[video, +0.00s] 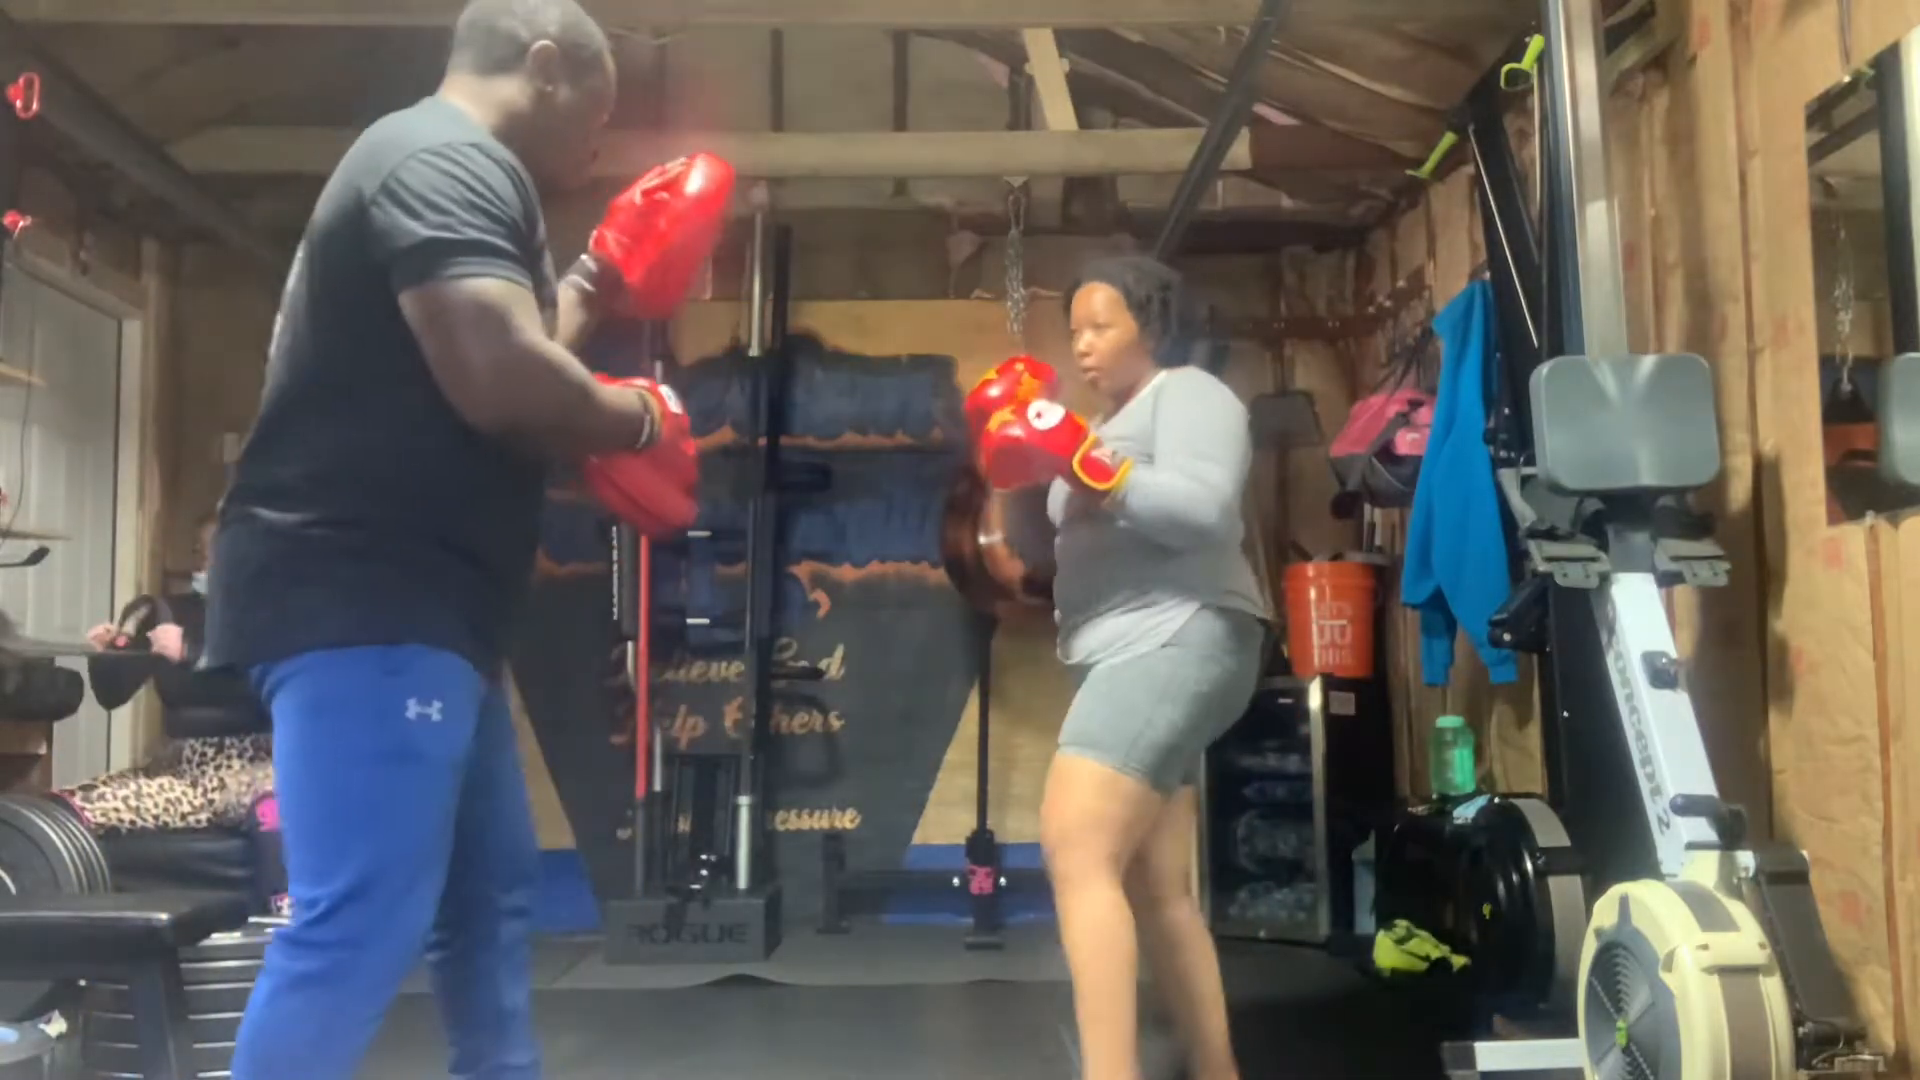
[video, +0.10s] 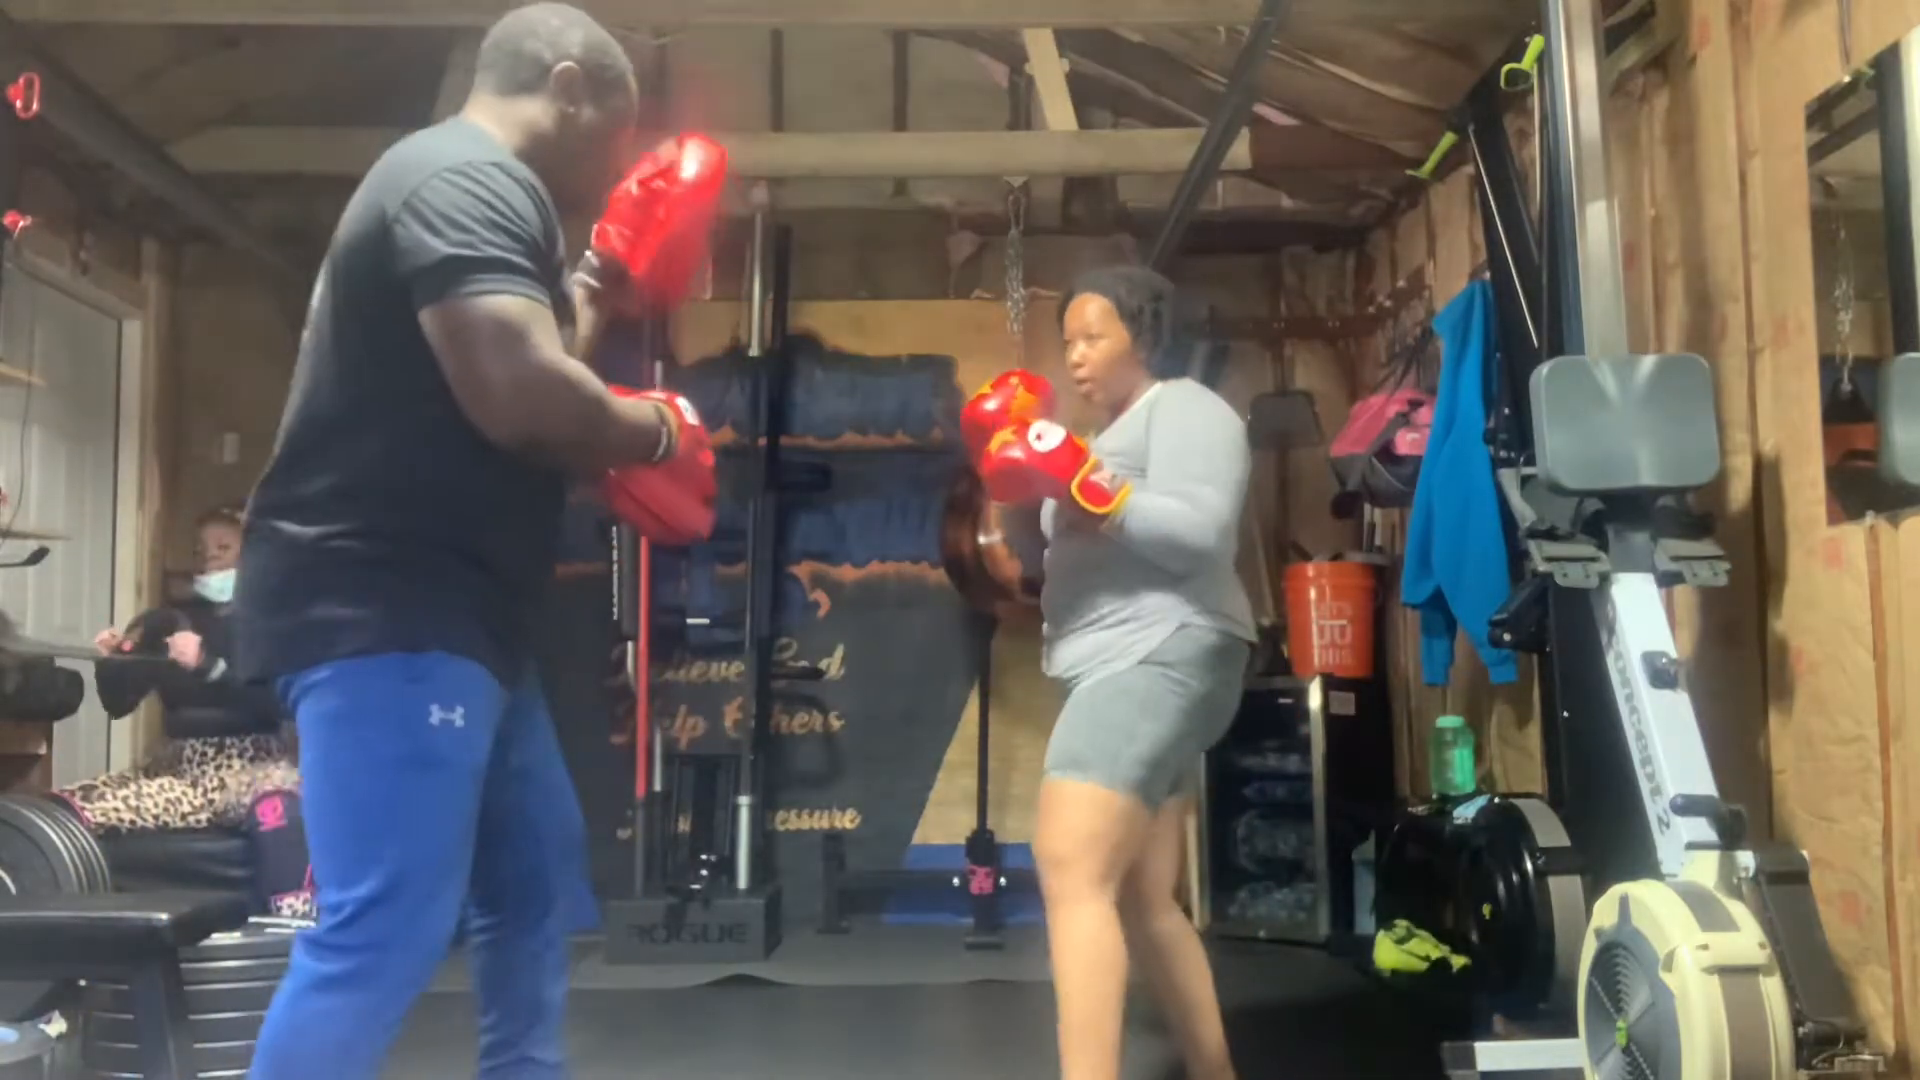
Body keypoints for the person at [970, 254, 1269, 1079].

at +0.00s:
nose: (1080, 346)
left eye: (1098, 328)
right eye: (1076, 331)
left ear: (1151, 329)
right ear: (1076, 340)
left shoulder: (1193, 394)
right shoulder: (1085, 428)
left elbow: (1204, 502)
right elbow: (1032, 548)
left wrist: (1097, 470)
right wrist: (1014, 453)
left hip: (1186, 629)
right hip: (1119, 646)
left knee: (1078, 836)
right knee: (1160, 888)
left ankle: (1108, 1073)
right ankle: (1217, 1072)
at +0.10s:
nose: (1073, 358)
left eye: (1090, 338)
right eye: (1068, 342)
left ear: (1142, 339)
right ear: (1067, 351)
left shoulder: (1190, 407)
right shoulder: (1090, 445)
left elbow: (1202, 529)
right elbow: (1036, 553)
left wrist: (1088, 488)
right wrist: (1013, 474)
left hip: (1169, 642)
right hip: (1115, 656)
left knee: (1074, 869)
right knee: (1147, 898)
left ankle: (1088, 1073)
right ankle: (1214, 1071)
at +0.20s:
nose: (1060, 349)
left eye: (1077, 330)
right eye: (1055, 333)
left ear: (1132, 333)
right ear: (1057, 340)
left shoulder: (1175, 399)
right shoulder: (1073, 430)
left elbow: (1182, 511)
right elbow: (1021, 548)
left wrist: (1081, 472)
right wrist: (1001, 478)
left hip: (1152, 638)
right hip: (1101, 652)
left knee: (1067, 880)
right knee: (1146, 898)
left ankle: (1086, 1074)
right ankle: (1214, 1071)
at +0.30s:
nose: (1038, 330)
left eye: (1054, 313)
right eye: (1033, 317)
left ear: (1106, 312)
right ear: (1031, 330)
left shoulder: (1142, 374)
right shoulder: (1040, 419)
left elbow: (1143, 447)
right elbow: (1016, 548)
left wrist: (1052, 387)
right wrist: (981, 456)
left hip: (1133, 627)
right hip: (1101, 636)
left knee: (1085, 888)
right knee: (1169, 900)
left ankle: (1093, 1075)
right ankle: (1216, 1071)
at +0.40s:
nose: (1010, 325)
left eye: (1028, 305)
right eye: (1005, 310)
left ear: (1084, 302)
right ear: (1001, 319)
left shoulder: (1118, 361)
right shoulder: (1029, 415)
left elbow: (1077, 379)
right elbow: (997, 541)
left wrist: (976, 328)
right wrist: (950, 456)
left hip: (1127, 626)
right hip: (1106, 634)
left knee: (1091, 885)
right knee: (1178, 898)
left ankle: (1096, 1073)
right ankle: (1219, 1072)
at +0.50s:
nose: (972, 337)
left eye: (989, 317)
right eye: (967, 321)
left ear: (1049, 312)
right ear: (968, 332)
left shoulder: (1089, 363)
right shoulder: (983, 421)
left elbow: (1091, 415)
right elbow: (948, 536)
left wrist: (971, 384)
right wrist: (904, 471)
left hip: (1128, 629)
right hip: (1063, 656)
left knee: (1058, 874)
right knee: (1156, 906)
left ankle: (1088, 1074)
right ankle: (1218, 1073)